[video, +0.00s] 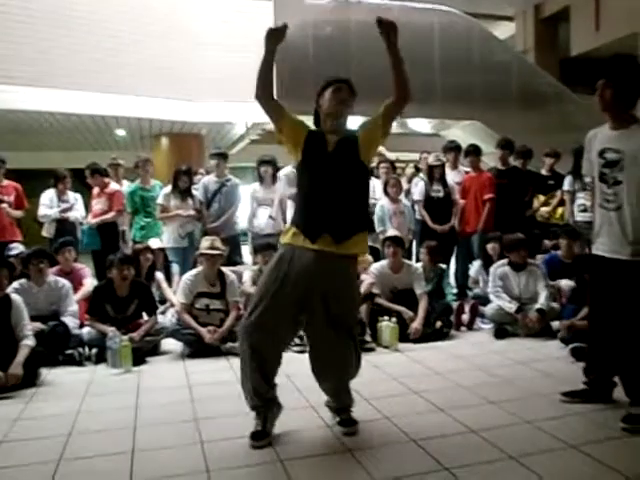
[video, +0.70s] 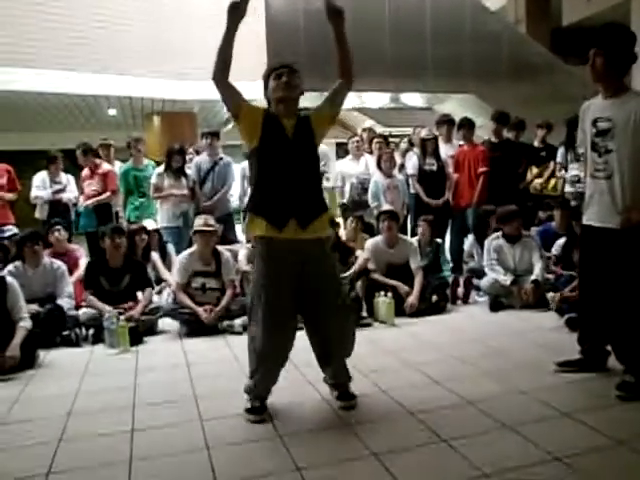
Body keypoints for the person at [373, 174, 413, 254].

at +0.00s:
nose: (395, 190)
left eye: (397, 187)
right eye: (392, 187)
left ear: (401, 188)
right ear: (386, 189)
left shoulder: (407, 205)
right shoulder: (381, 205)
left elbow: (411, 222)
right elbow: (378, 223)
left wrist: (409, 236)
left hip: (405, 239)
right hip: (388, 238)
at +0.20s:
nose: (387, 190)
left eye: (390, 186)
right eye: (384, 186)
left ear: (393, 188)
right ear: (378, 188)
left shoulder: (398, 206)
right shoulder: (374, 205)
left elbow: (403, 222)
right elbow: (369, 222)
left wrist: (401, 234)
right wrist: (374, 234)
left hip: (396, 238)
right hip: (380, 237)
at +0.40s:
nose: (386, 164)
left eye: (388, 160)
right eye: (383, 161)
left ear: (392, 162)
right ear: (377, 163)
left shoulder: (398, 180)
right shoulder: (373, 180)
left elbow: (403, 196)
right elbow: (369, 198)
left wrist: (401, 208)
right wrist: (373, 209)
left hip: (396, 212)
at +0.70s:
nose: (388, 164)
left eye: (391, 161)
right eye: (385, 161)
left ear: (394, 163)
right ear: (380, 163)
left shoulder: (401, 179)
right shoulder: (376, 180)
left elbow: (406, 196)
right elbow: (372, 199)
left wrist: (404, 210)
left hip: (400, 213)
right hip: (384, 213)